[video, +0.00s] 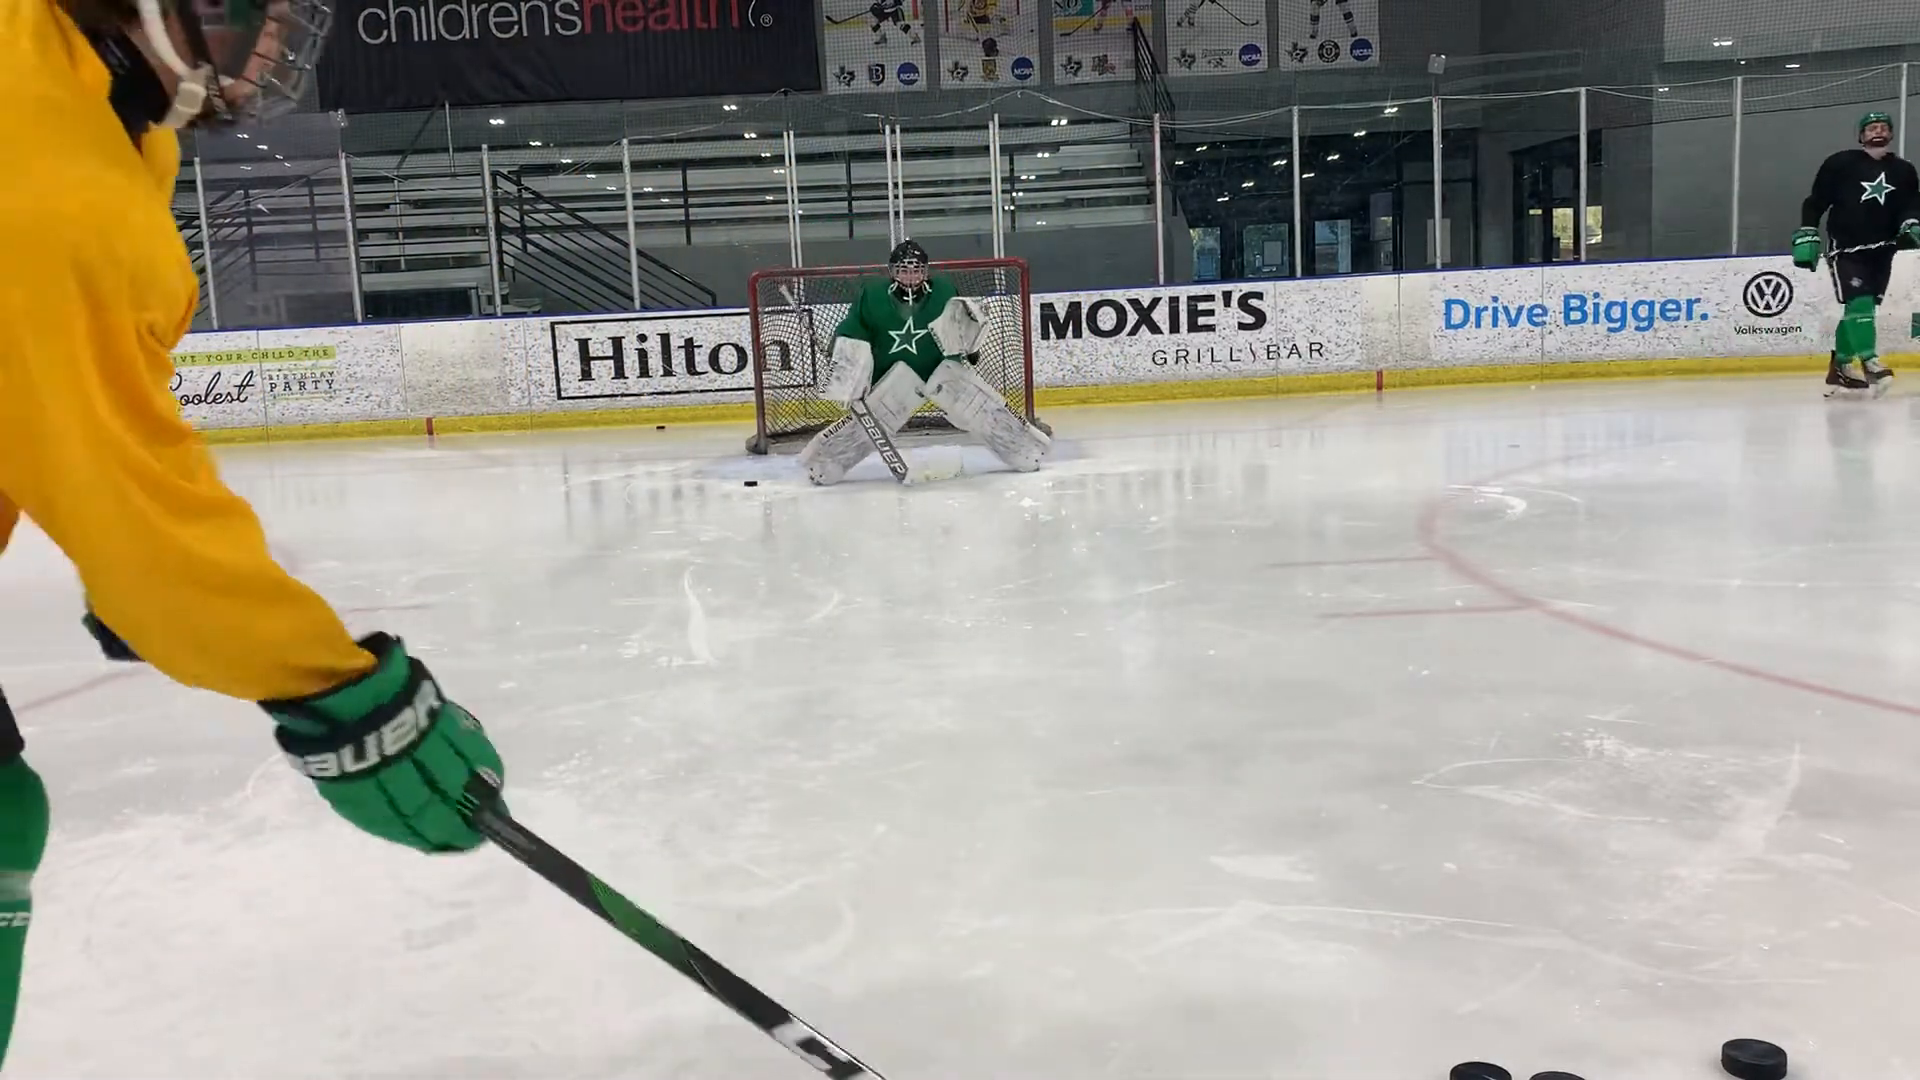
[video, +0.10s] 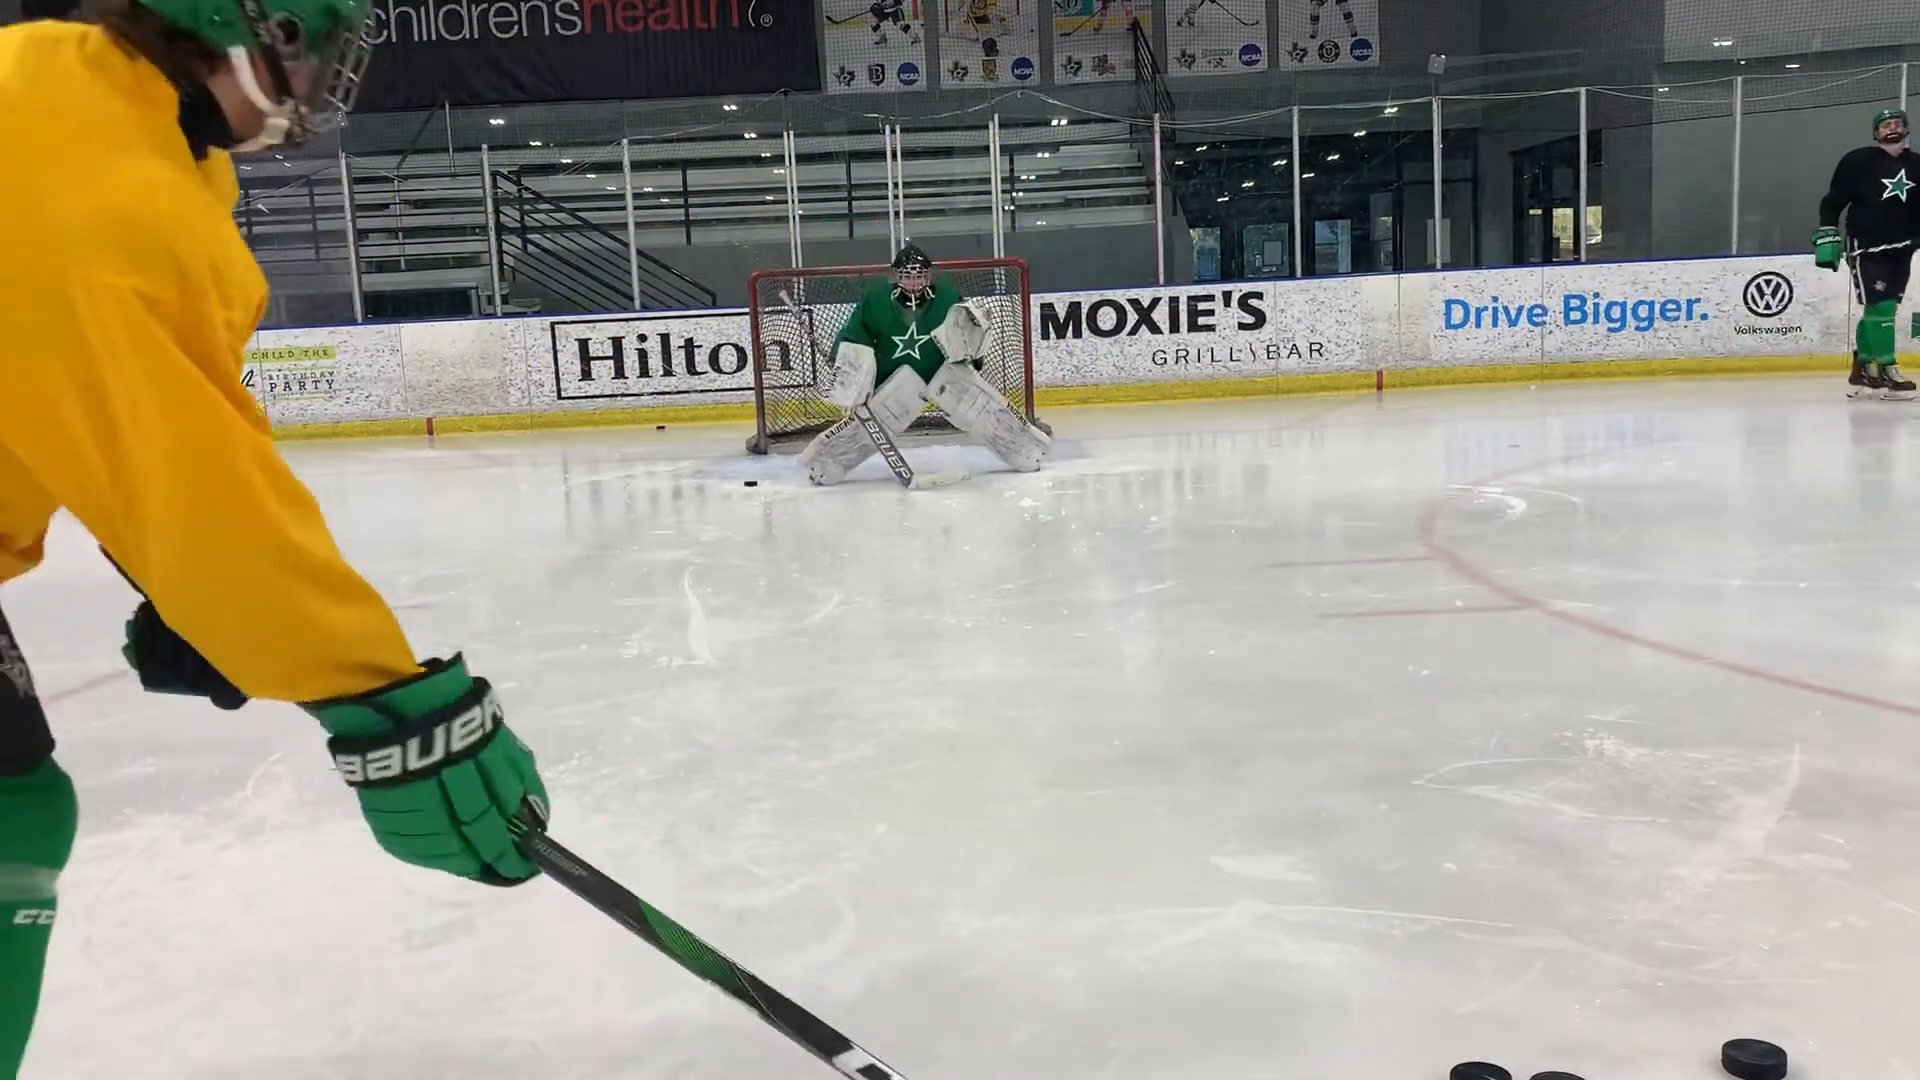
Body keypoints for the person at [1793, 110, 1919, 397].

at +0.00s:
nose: (1878, 132)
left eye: (1883, 128)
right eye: (1872, 129)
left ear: (1891, 133)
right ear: (1862, 134)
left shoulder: (1904, 170)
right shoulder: (1839, 164)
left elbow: (1910, 205)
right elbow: (1815, 203)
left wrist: (1911, 226)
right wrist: (1806, 235)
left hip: (1883, 246)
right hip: (1847, 246)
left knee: (1863, 307)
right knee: (1860, 302)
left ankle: (1840, 365)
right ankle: (1870, 362)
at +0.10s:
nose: (1893, 129)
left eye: (1898, 125)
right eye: (1887, 126)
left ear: (1905, 129)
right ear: (1877, 132)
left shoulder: (1914, 162)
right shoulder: (1857, 161)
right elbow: (1834, 200)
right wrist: (1827, 237)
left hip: (1902, 245)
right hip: (1868, 245)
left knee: (1883, 306)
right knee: (1882, 305)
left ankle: (1864, 366)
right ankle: (1887, 368)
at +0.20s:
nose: (1910, 123)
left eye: (1913, 117)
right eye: (1903, 120)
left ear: (1919, 123)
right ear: (1893, 128)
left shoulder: (1916, 157)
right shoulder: (1878, 156)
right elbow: (1852, 198)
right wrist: (1847, 233)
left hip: (1913, 241)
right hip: (1890, 242)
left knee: (1908, 304)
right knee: (1902, 304)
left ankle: (1892, 365)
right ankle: (1892, 368)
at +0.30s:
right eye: (1917, 119)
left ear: (1917, 123)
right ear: (1910, 123)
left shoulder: (1900, 155)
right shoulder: (1897, 155)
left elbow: (1870, 195)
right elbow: (1869, 195)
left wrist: (1868, 235)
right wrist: (1867, 235)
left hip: (1913, 246)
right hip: (1906, 244)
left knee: (1913, 307)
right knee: (1912, 306)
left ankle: (1912, 371)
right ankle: (1912, 371)